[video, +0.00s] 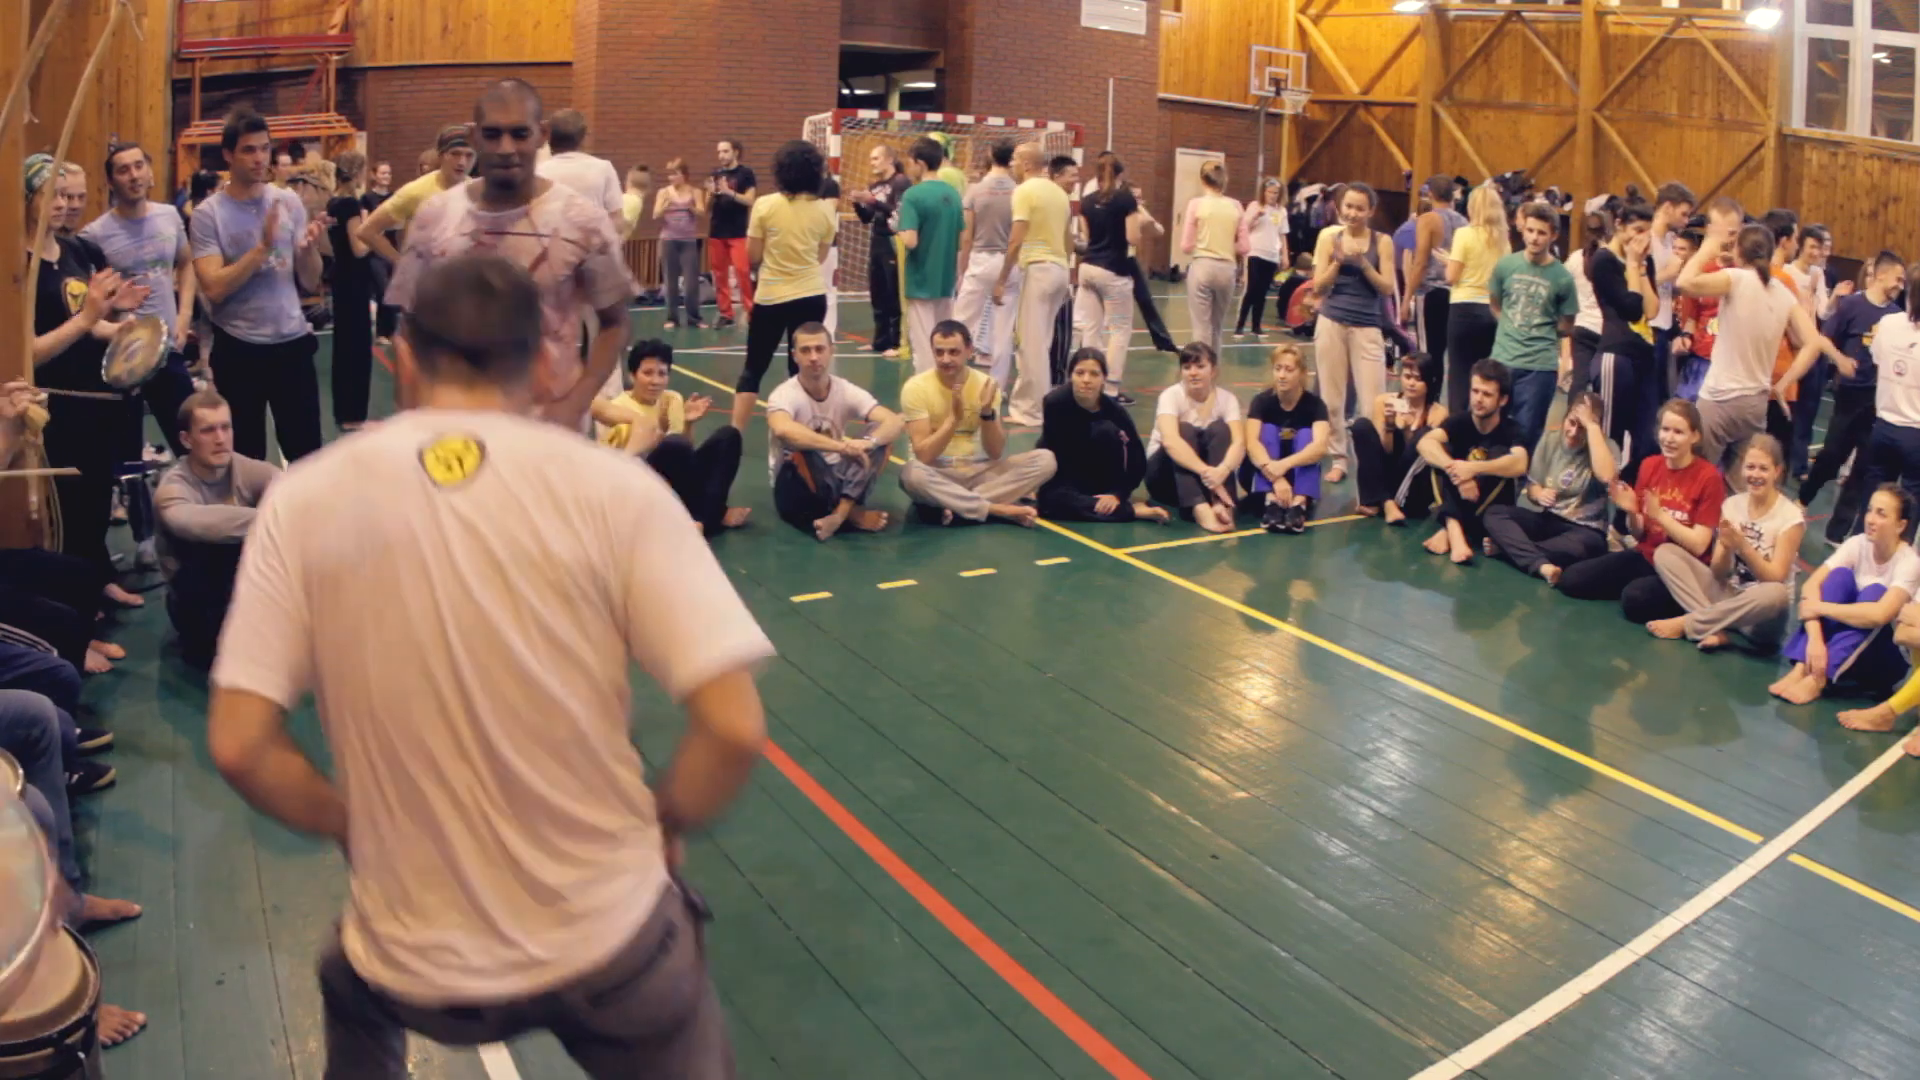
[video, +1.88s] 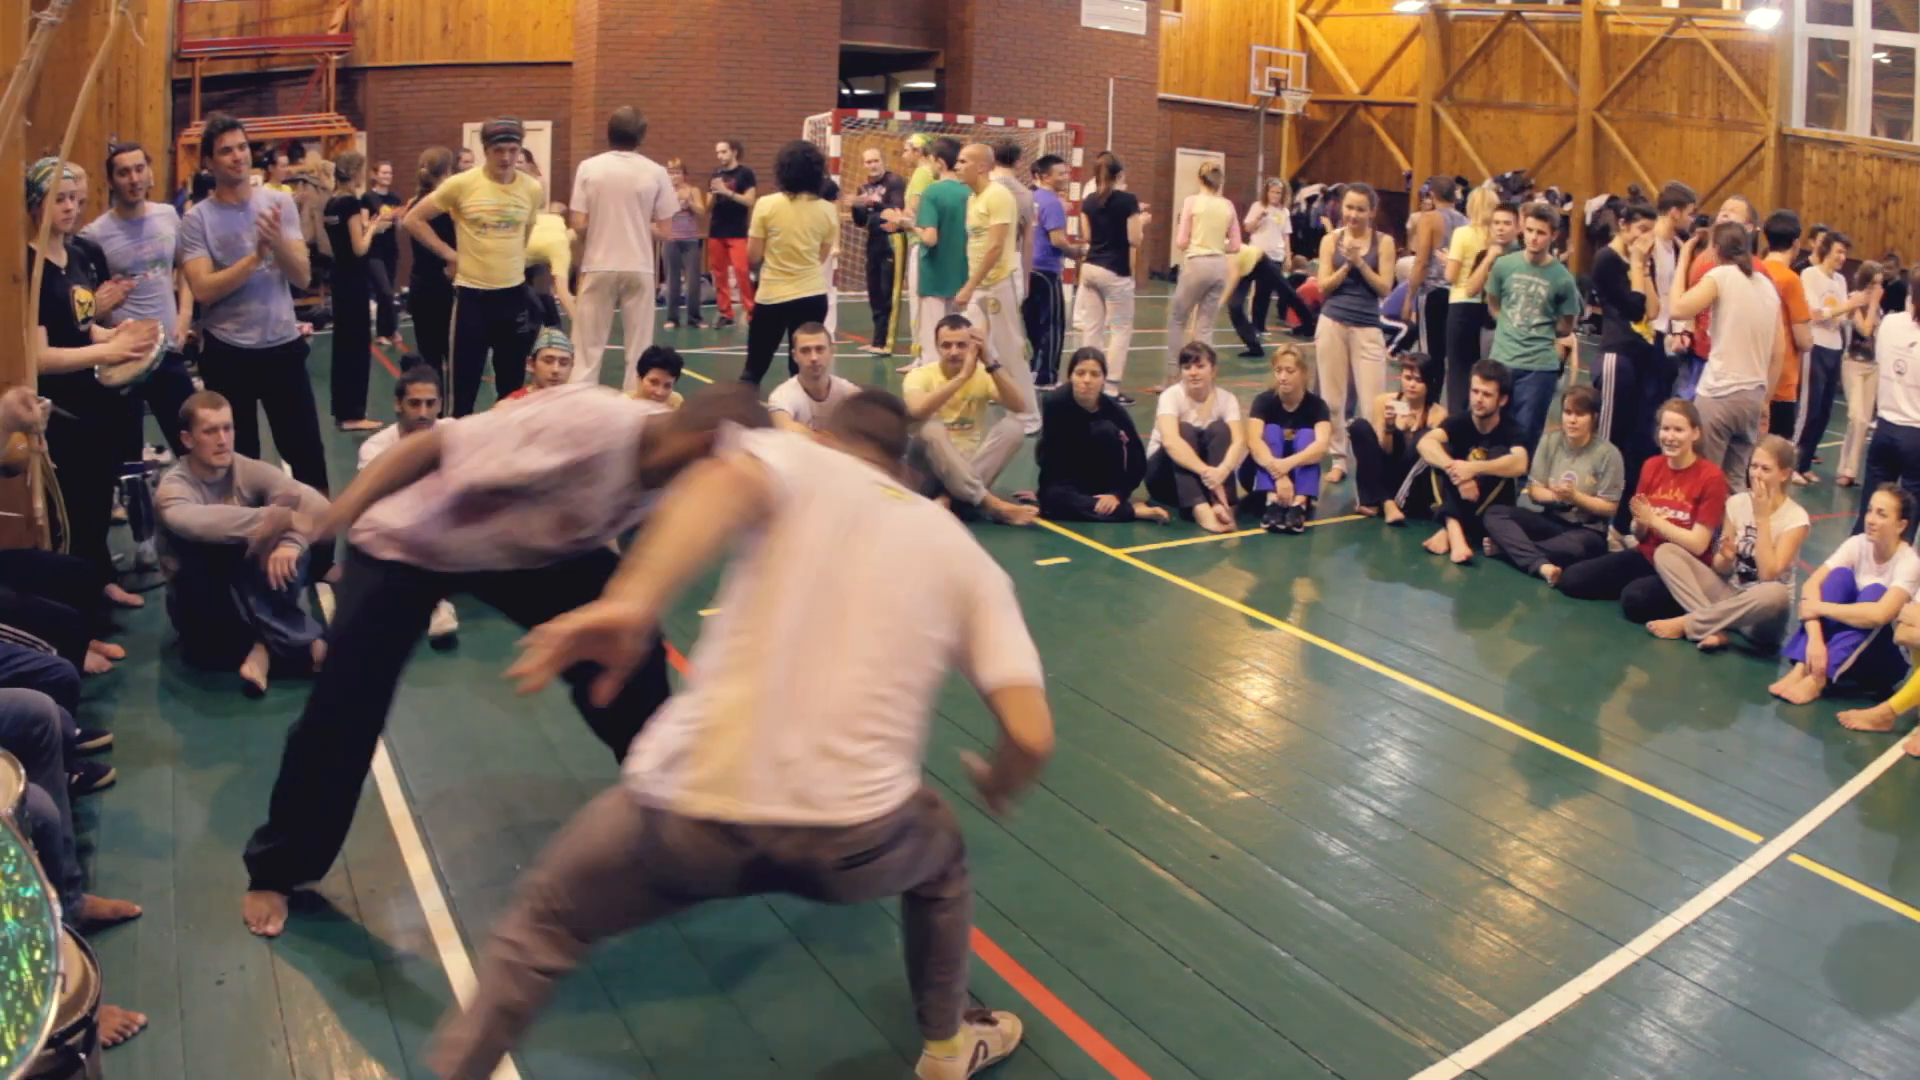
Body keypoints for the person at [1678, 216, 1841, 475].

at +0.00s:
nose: (1731, 253)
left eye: (1733, 248)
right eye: (1731, 247)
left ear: (1739, 252)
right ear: (1769, 255)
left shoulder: (1734, 278)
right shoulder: (1785, 295)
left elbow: (1685, 283)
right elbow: (1813, 343)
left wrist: (1709, 245)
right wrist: (1782, 385)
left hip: (1720, 397)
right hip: (1757, 402)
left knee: (1699, 477)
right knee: (1741, 483)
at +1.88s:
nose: (1709, 252)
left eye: (1710, 248)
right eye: (1711, 248)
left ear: (1716, 250)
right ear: (1746, 249)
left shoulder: (1719, 277)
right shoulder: (1768, 286)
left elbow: (1678, 308)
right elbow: (1779, 351)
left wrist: (1684, 258)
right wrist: (1766, 398)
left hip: (1718, 392)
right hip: (1755, 393)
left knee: (1705, 477)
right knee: (1737, 479)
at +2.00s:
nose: (1706, 252)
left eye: (1708, 246)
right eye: (1707, 246)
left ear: (1714, 249)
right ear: (1743, 248)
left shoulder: (1717, 279)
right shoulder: (1764, 283)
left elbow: (1691, 330)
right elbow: (1772, 343)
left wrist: (1679, 297)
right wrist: (1761, 383)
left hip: (1719, 391)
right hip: (1755, 391)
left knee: (1706, 476)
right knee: (1738, 476)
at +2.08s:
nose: (1705, 252)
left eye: (1707, 246)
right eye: (1707, 246)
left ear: (1714, 250)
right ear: (1743, 248)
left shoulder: (1714, 279)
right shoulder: (1764, 284)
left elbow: (1701, 337)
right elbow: (1773, 344)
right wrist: (1758, 377)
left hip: (1718, 390)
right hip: (1755, 391)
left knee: (1706, 476)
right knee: (1738, 476)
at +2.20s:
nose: (1705, 250)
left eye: (1706, 245)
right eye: (1706, 245)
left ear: (1712, 249)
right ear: (1743, 249)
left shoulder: (1709, 280)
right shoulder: (1763, 283)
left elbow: (1704, 343)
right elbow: (1775, 345)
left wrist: (1691, 382)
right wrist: (1756, 372)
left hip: (1715, 390)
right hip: (1754, 388)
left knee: (1705, 476)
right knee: (1738, 476)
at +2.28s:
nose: (1704, 248)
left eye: (1705, 243)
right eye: (1705, 243)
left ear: (1710, 248)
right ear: (1742, 249)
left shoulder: (1707, 278)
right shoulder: (1761, 283)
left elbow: (1703, 341)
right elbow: (1777, 344)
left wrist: (1688, 381)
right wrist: (1754, 368)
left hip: (1715, 390)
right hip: (1753, 388)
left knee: (1705, 476)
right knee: (1738, 476)